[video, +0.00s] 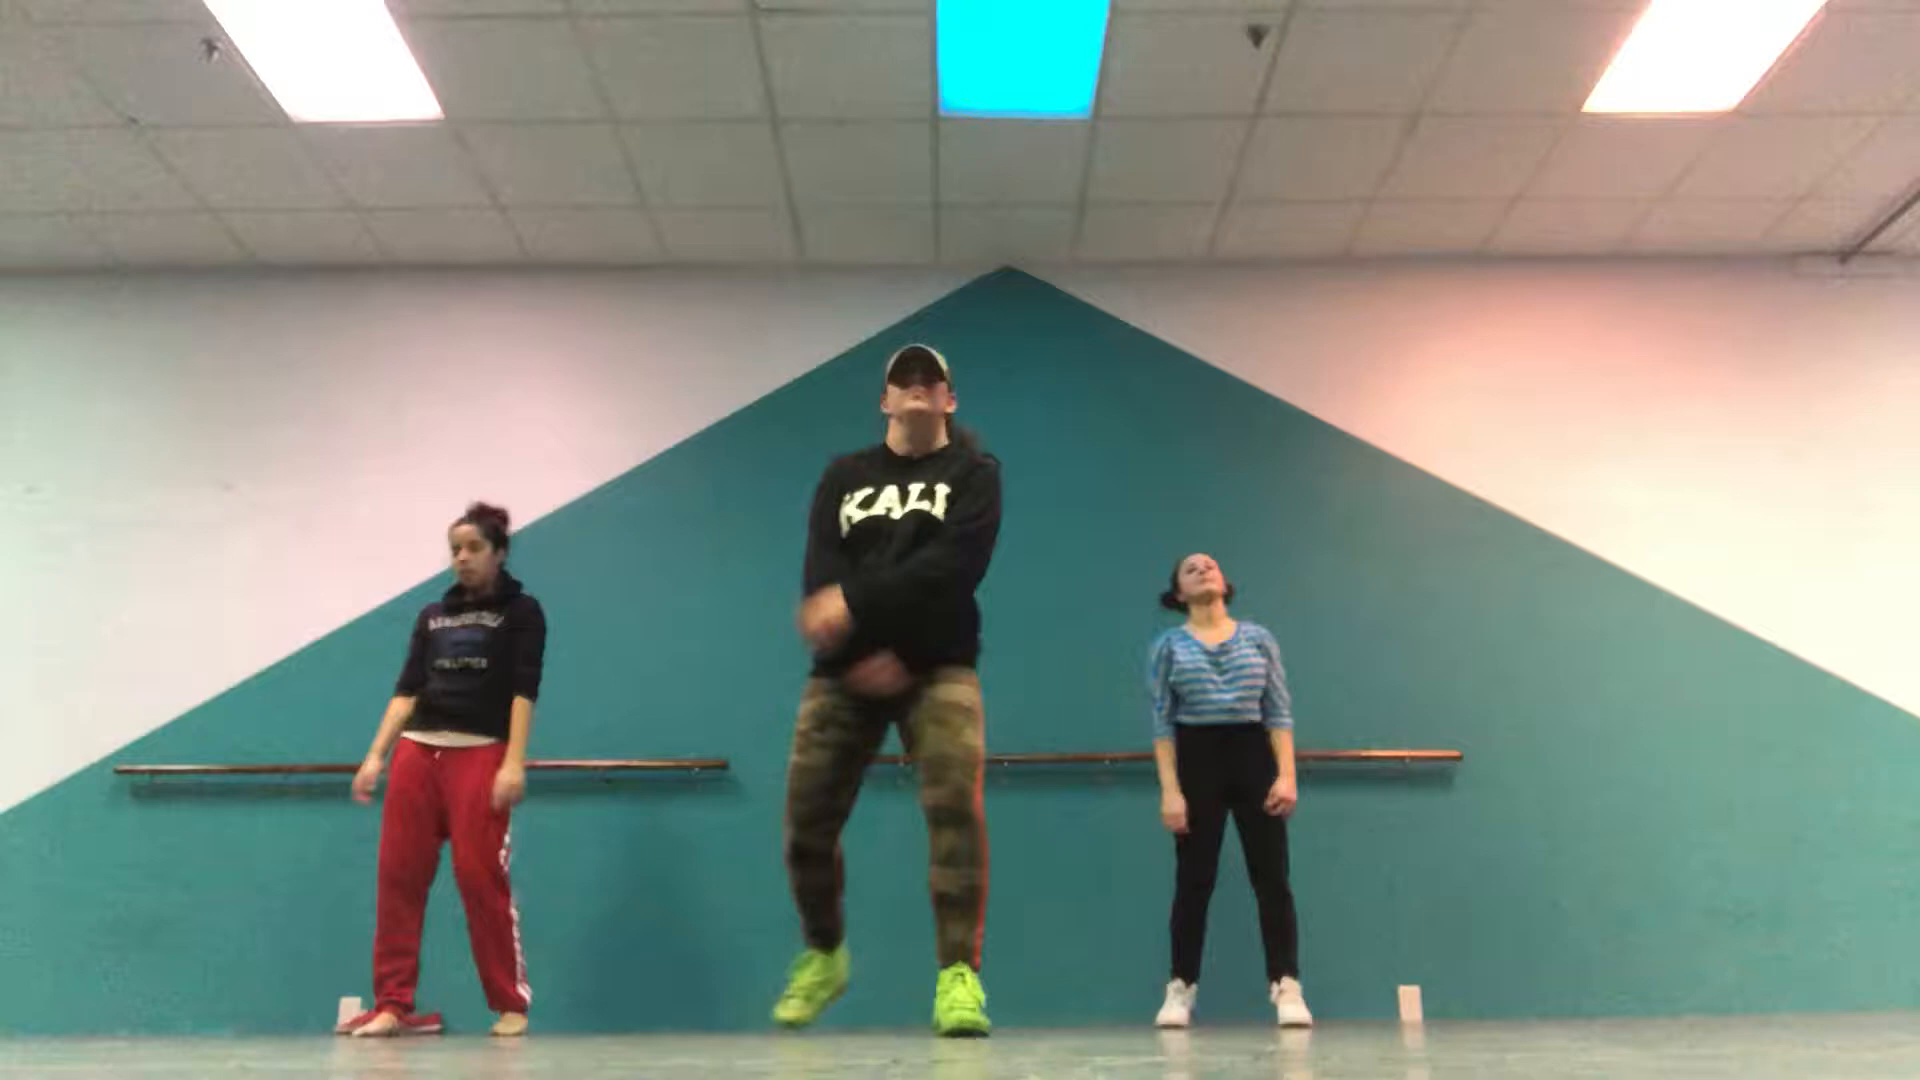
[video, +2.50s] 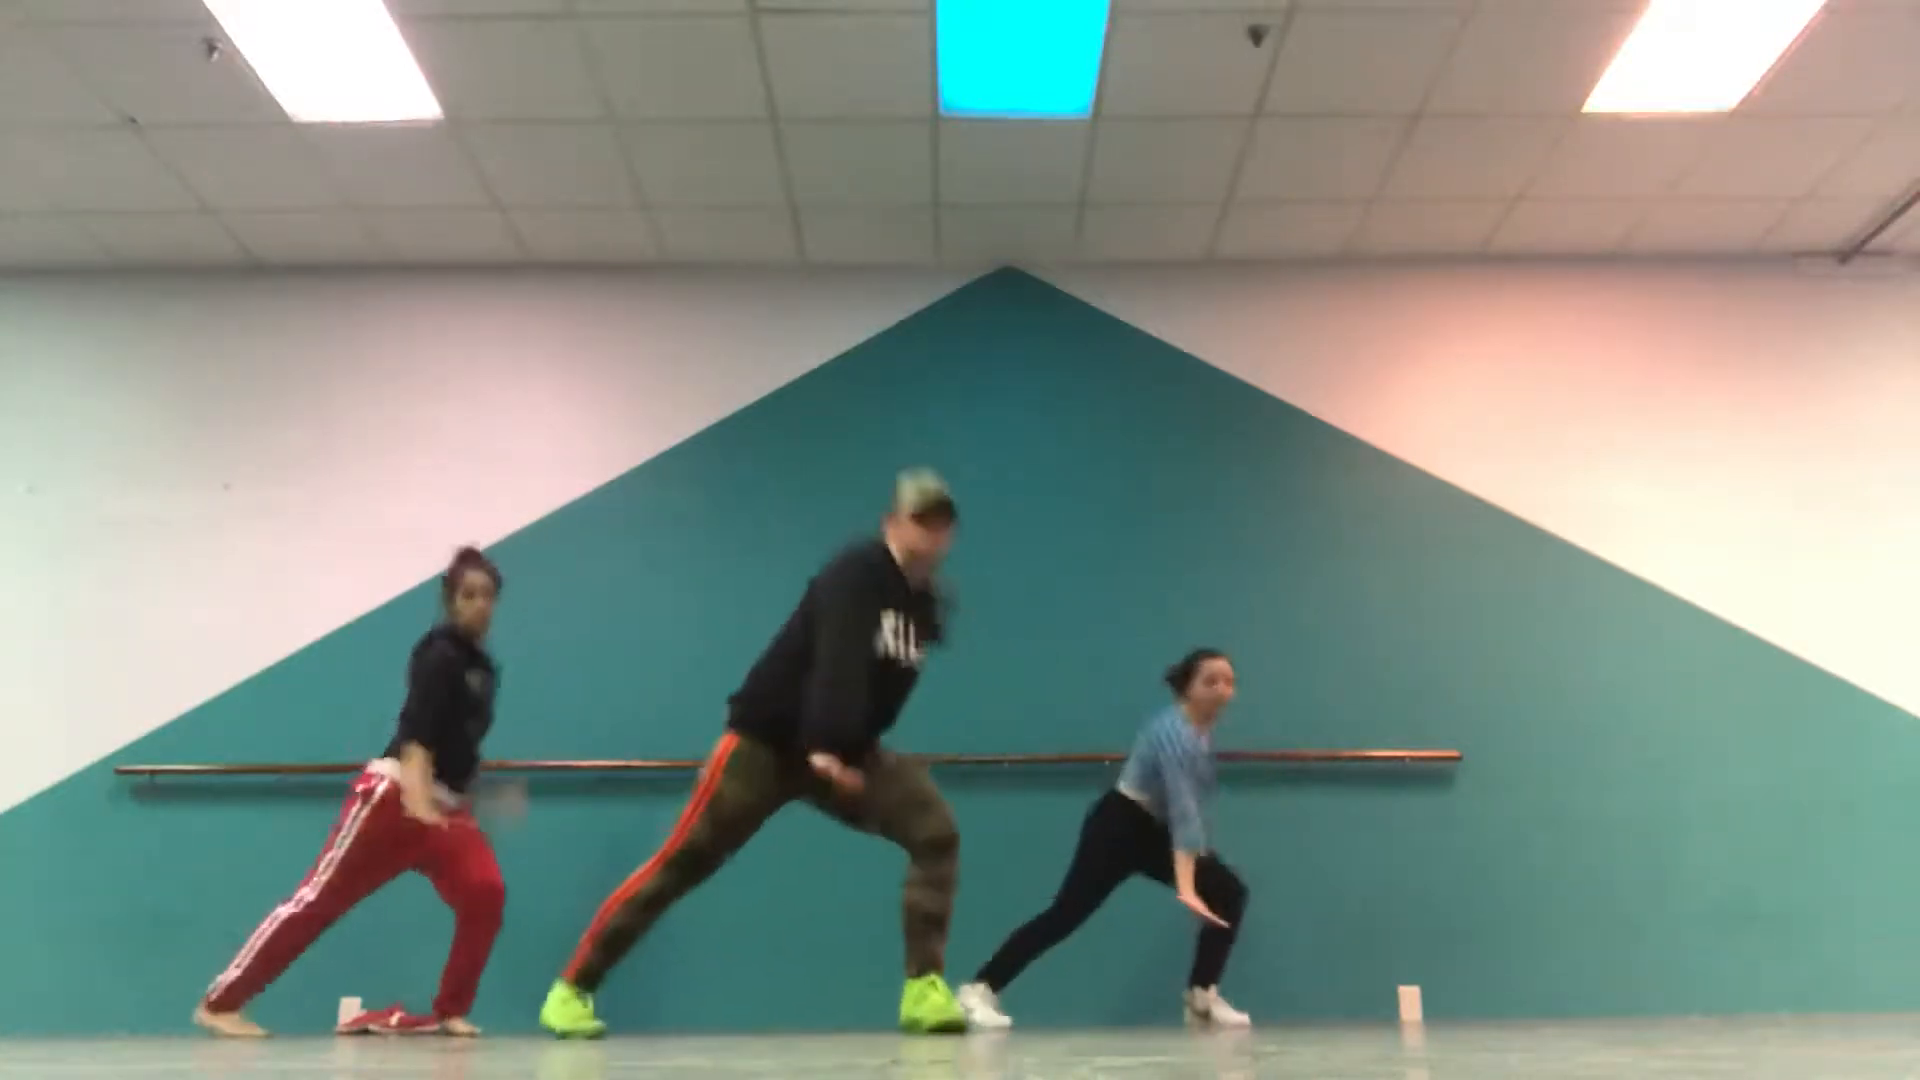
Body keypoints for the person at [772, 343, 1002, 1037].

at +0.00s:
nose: (916, 392)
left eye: (928, 383)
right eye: (904, 384)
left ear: (949, 401)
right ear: (885, 402)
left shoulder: (974, 472)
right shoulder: (843, 474)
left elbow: (955, 565)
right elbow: (822, 580)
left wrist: (852, 600)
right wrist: (855, 653)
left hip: (941, 663)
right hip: (850, 661)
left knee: (953, 805)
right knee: (808, 806)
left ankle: (959, 970)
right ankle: (823, 954)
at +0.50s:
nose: (895, 447)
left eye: (905, 440)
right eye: (883, 442)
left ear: (924, 458)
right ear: (865, 464)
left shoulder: (953, 514)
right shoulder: (843, 520)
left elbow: (988, 543)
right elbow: (824, 552)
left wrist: (913, 515)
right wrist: (861, 532)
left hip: (937, 691)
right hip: (853, 696)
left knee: (942, 821)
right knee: (845, 842)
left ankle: (962, 964)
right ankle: (865, 983)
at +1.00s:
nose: (901, 461)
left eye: (912, 454)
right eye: (890, 455)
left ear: (930, 473)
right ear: (873, 475)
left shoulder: (961, 537)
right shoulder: (839, 533)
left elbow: (1015, 605)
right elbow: (777, 594)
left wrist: (1070, 662)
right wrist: (718, 649)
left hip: (938, 709)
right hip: (858, 707)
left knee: (936, 849)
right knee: (862, 846)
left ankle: (931, 972)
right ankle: (867, 983)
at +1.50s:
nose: (919, 468)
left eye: (930, 460)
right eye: (909, 461)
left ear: (948, 475)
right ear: (895, 476)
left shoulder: (972, 529)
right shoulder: (871, 528)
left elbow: (958, 565)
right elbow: (850, 574)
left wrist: (869, 538)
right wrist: (898, 561)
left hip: (948, 699)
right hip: (876, 698)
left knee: (938, 830)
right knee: (869, 833)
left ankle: (939, 963)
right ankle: (882, 952)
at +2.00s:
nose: (929, 466)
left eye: (940, 460)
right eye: (919, 458)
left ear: (954, 475)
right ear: (900, 472)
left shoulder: (976, 534)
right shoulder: (862, 532)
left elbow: (984, 604)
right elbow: (821, 610)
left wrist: (971, 663)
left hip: (940, 699)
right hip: (862, 703)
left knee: (935, 833)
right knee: (864, 842)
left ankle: (933, 972)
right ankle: (903, 941)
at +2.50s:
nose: (931, 537)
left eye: (941, 526)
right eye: (920, 522)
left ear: (950, 533)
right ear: (891, 523)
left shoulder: (923, 601)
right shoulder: (854, 575)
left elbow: (887, 674)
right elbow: (836, 657)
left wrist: (858, 746)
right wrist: (825, 743)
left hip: (844, 754)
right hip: (767, 743)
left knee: (934, 834)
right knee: (683, 862)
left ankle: (924, 989)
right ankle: (573, 989)